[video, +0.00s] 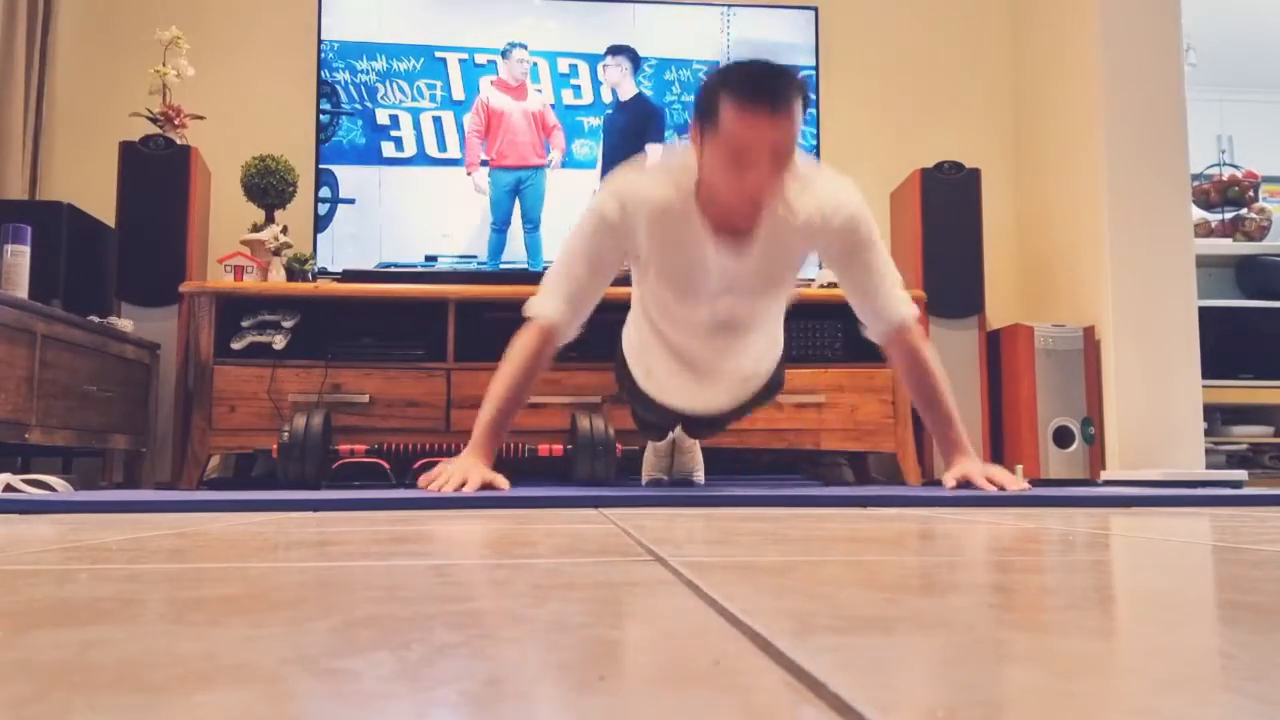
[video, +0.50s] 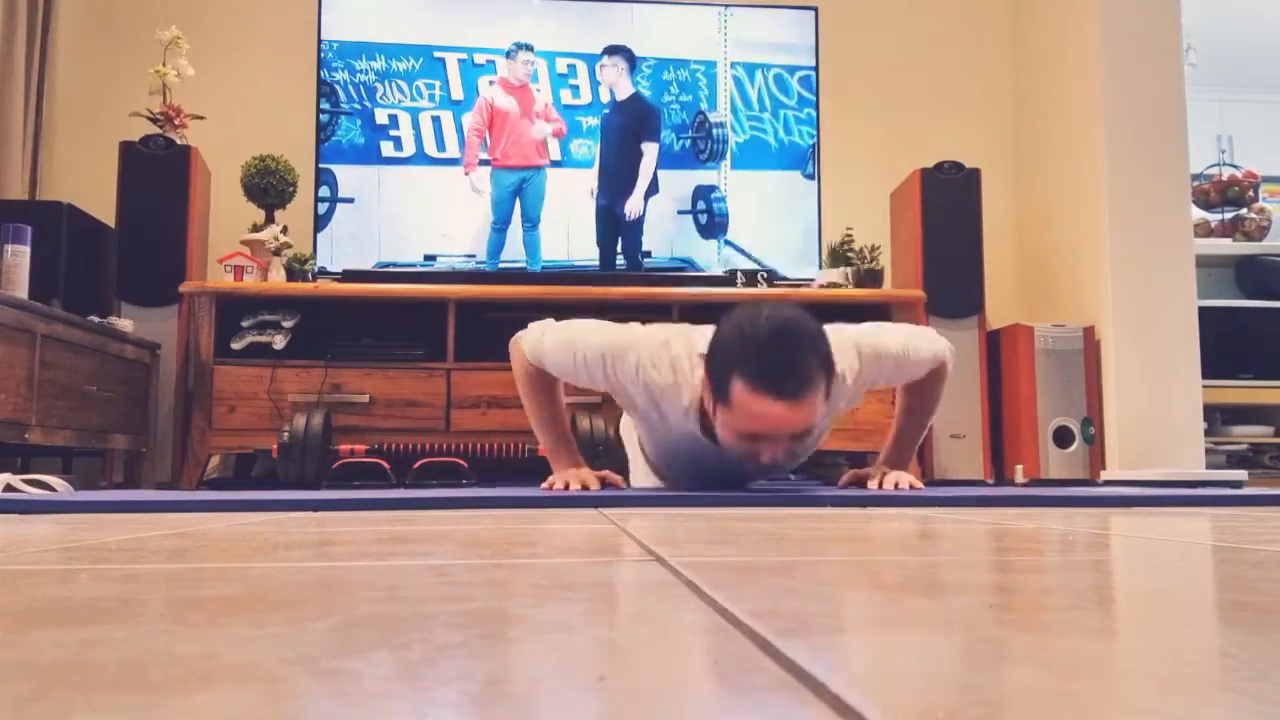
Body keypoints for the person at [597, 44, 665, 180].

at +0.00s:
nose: (603, 73)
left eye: (606, 67)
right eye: (603, 67)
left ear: (623, 69)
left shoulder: (651, 112)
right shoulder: (611, 111)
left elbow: (653, 166)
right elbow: (603, 157)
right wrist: (599, 188)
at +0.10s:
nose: (603, 70)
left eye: (609, 65)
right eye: (604, 65)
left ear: (624, 70)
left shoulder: (646, 110)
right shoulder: (611, 114)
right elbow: (607, 156)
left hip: (639, 191)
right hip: (612, 193)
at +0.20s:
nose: (601, 72)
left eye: (605, 66)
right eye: (602, 67)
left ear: (622, 69)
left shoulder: (649, 112)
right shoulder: (609, 113)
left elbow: (651, 164)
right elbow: (604, 157)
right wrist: (599, 187)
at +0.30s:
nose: (600, 71)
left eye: (605, 66)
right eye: (601, 66)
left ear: (621, 69)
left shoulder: (647, 110)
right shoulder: (609, 112)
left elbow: (651, 156)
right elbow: (602, 151)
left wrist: (638, 195)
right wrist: (596, 179)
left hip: (631, 194)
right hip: (606, 192)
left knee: (632, 253)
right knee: (606, 252)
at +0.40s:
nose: (600, 71)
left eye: (606, 66)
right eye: (601, 66)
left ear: (621, 70)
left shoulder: (647, 110)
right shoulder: (608, 112)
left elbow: (650, 155)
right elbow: (602, 151)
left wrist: (638, 195)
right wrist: (595, 180)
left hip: (630, 193)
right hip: (606, 192)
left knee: (631, 253)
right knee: (606, 253)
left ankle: (635, 299)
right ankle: (605, 297)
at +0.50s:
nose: (601, 71)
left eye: (606, 66)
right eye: (600, 67)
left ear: (621, 70)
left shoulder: (646, 110)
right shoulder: (608, 112)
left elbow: (650, 155)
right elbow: (602, 151)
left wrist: (638, 195)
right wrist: (595, 179)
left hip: (630, 193)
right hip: (605, 192)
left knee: (631, 253)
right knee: (606, 253)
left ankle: (635, 299)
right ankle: (605, 297)